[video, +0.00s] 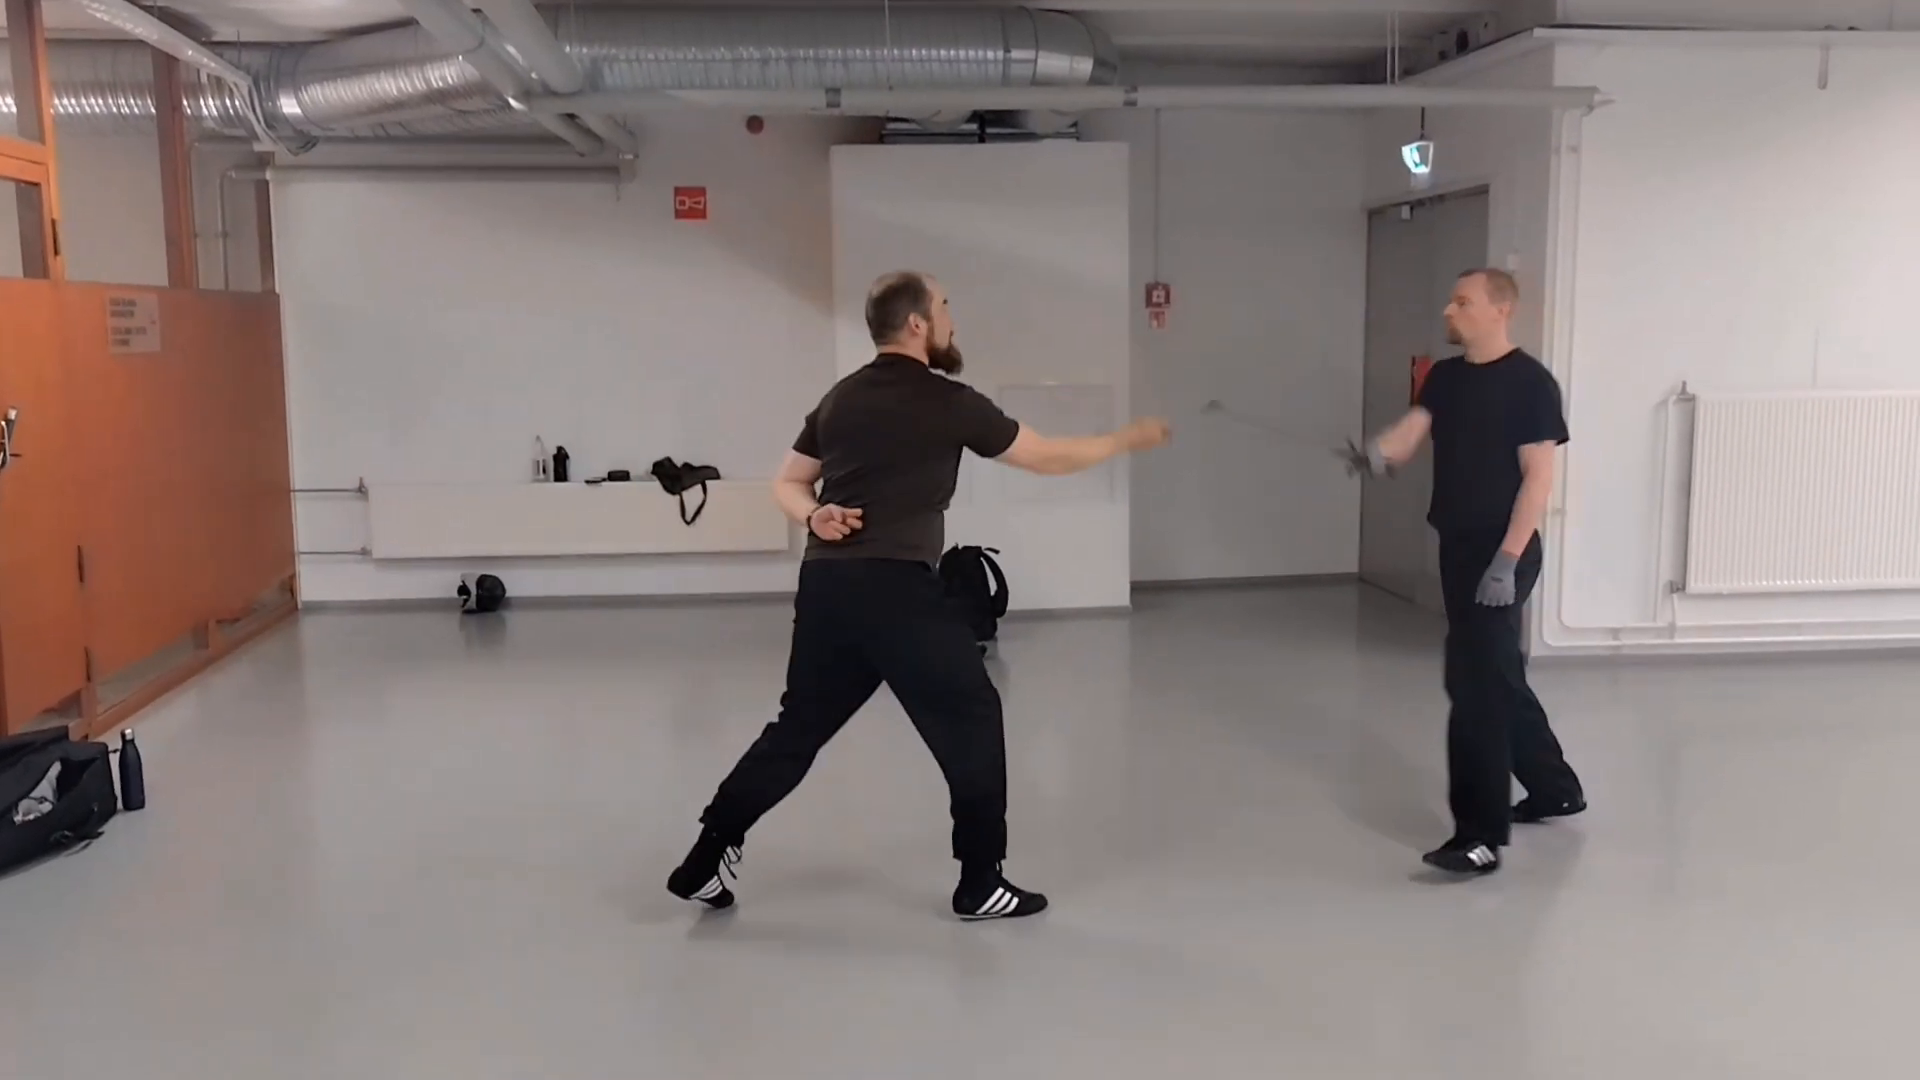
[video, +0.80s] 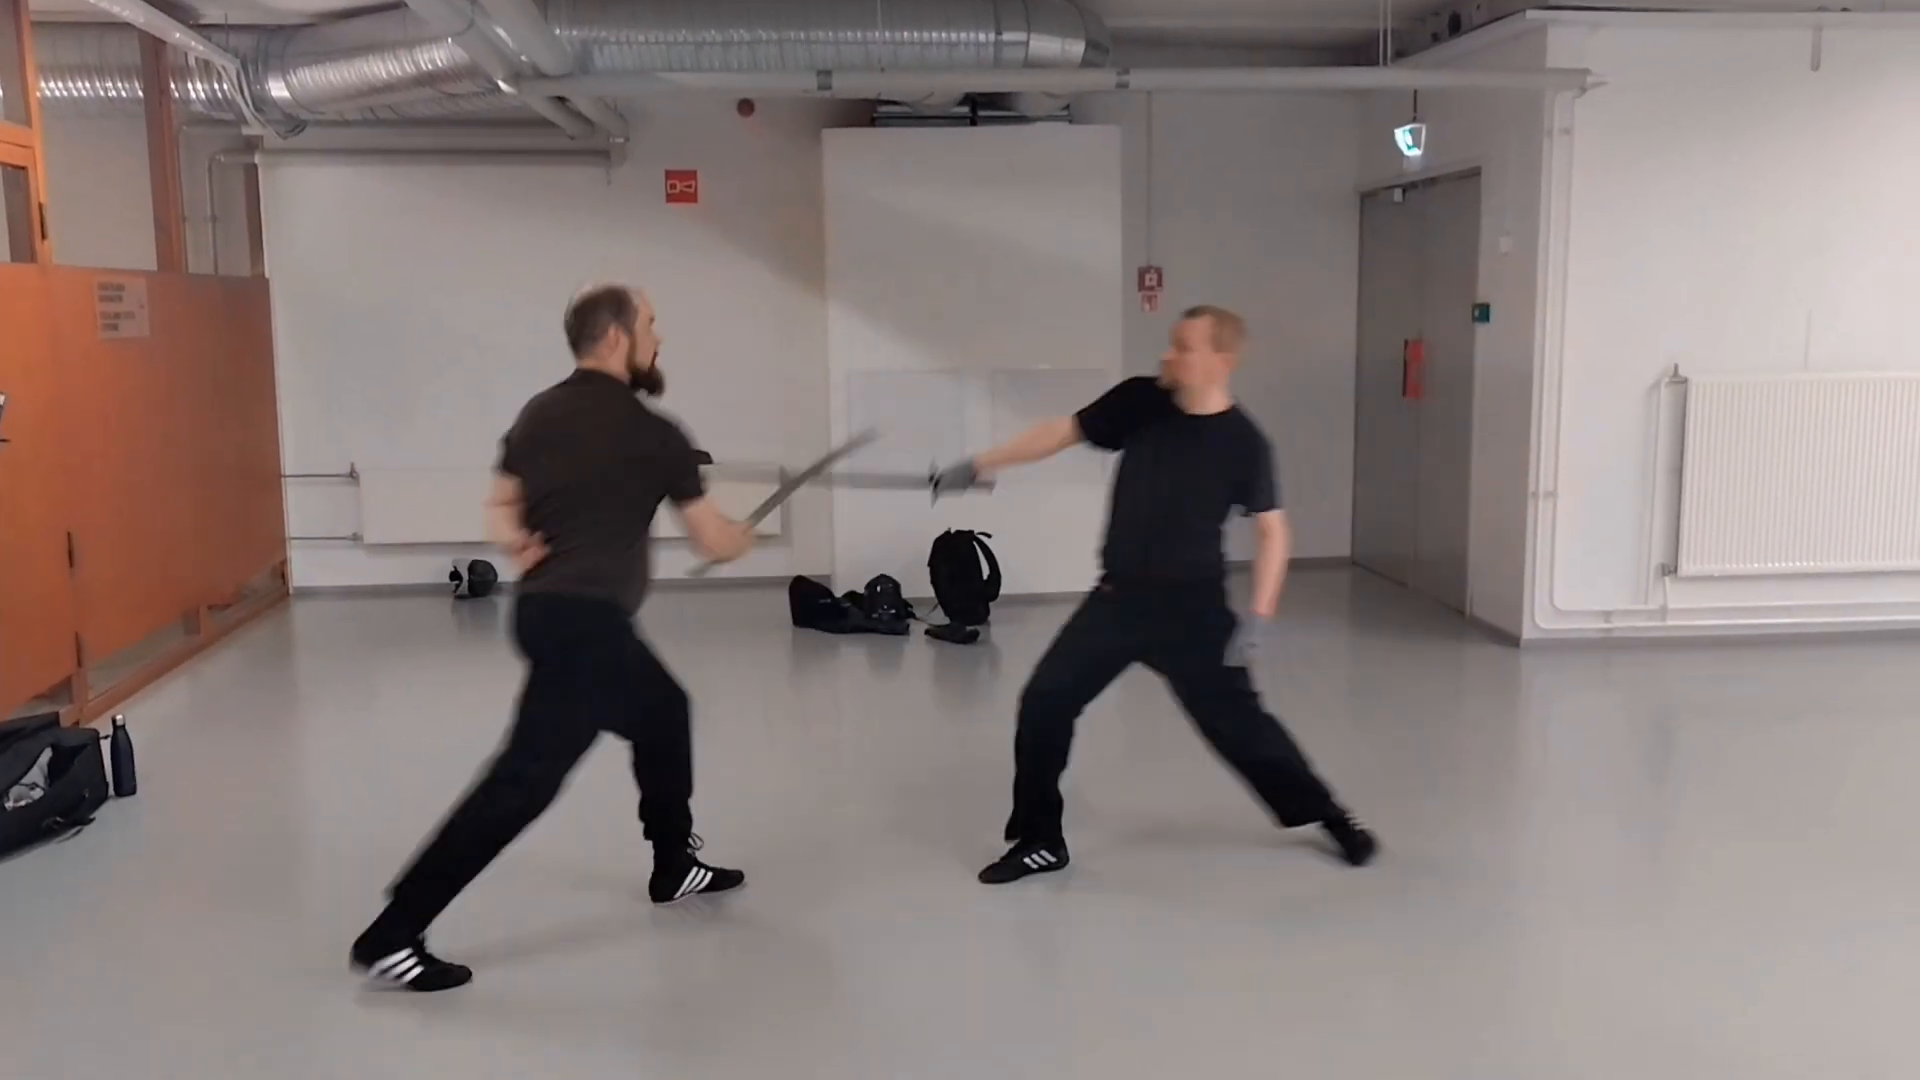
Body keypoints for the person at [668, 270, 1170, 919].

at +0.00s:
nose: (952, 320)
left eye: (947, 308)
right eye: (943, 309)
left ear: (888, 329)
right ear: (917, 323)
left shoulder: (841, 398)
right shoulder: (947, 399)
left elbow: (789, 483)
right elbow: (1042, 456)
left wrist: (812, 513)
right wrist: (1123, 440)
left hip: (825, 591)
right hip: (902, 589)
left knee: (798, 727)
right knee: (972, 718)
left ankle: (707, 857)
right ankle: (981, 882)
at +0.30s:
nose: (859, 328)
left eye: (854, 315)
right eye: (848, 316)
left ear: (802, 336)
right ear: (818, 330)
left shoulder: (775, 410)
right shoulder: (854, 393)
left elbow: (748, 514)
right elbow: (960, 430)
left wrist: (759, 534)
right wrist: (1048, 389)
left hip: (788, 604)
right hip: (855, 599)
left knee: (790, 746)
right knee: (941, 728)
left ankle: (691, 868)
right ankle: (976, 879)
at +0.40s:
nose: (804, 331)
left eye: (799, 319)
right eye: (792, 319)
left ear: (745, 337)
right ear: (759, 331)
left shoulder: (726, 407)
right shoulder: (784, 390)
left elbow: (737, 502)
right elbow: (894, 414)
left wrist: (717, 531)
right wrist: (983, 359)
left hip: (753, 601)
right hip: (810, 595)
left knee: (776, 749)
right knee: (903, 722)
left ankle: (690, 869)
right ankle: (973, 861)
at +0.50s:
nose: (754, 331)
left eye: (749, 318)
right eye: (743, 319)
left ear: (694, 336)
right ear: (709, 331)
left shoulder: (680, 403)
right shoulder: (731, 392)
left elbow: (710, 498)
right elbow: (847, 426)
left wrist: (690, 537)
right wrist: (924, 374)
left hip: (715, 601)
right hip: (766, 594)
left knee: (760, 745)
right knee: (865, 709)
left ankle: (687, 871)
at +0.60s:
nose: (716, 324)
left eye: (712, 309)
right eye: (706, 311)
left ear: (654, 328)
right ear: (673, 322)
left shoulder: (636, 397)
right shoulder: (696, 385)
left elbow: (660, 498)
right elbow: (794, 450)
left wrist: (644, 529)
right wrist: (872, 418)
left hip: (667, 592)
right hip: (715, 585)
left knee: (739, 720)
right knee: (794, 722)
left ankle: (685, 869)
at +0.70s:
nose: (684, 316)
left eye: (680, 302)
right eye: (675, 303)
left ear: (623, 316)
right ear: (638, 312)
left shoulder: (590, 392)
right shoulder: (674, 382)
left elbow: (591, 497)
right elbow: (764, 481)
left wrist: (592, 517)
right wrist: (814, 475)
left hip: (618, 586)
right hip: (666, 584)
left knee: (691, 729)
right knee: (707, 737)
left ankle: (681, 867)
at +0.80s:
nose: (658, 339)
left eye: (653, 326)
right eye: (649, 327)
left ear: (587, 343)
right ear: (616, 339)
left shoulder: (540, 414)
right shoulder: (652, 432)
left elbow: (504, 519)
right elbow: (716, 543)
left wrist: (533, 547)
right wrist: (740, 531)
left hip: (544, 610)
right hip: (589, 617)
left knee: (663, 711)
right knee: (526, 780)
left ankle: (674, 864)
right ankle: (390, 937)